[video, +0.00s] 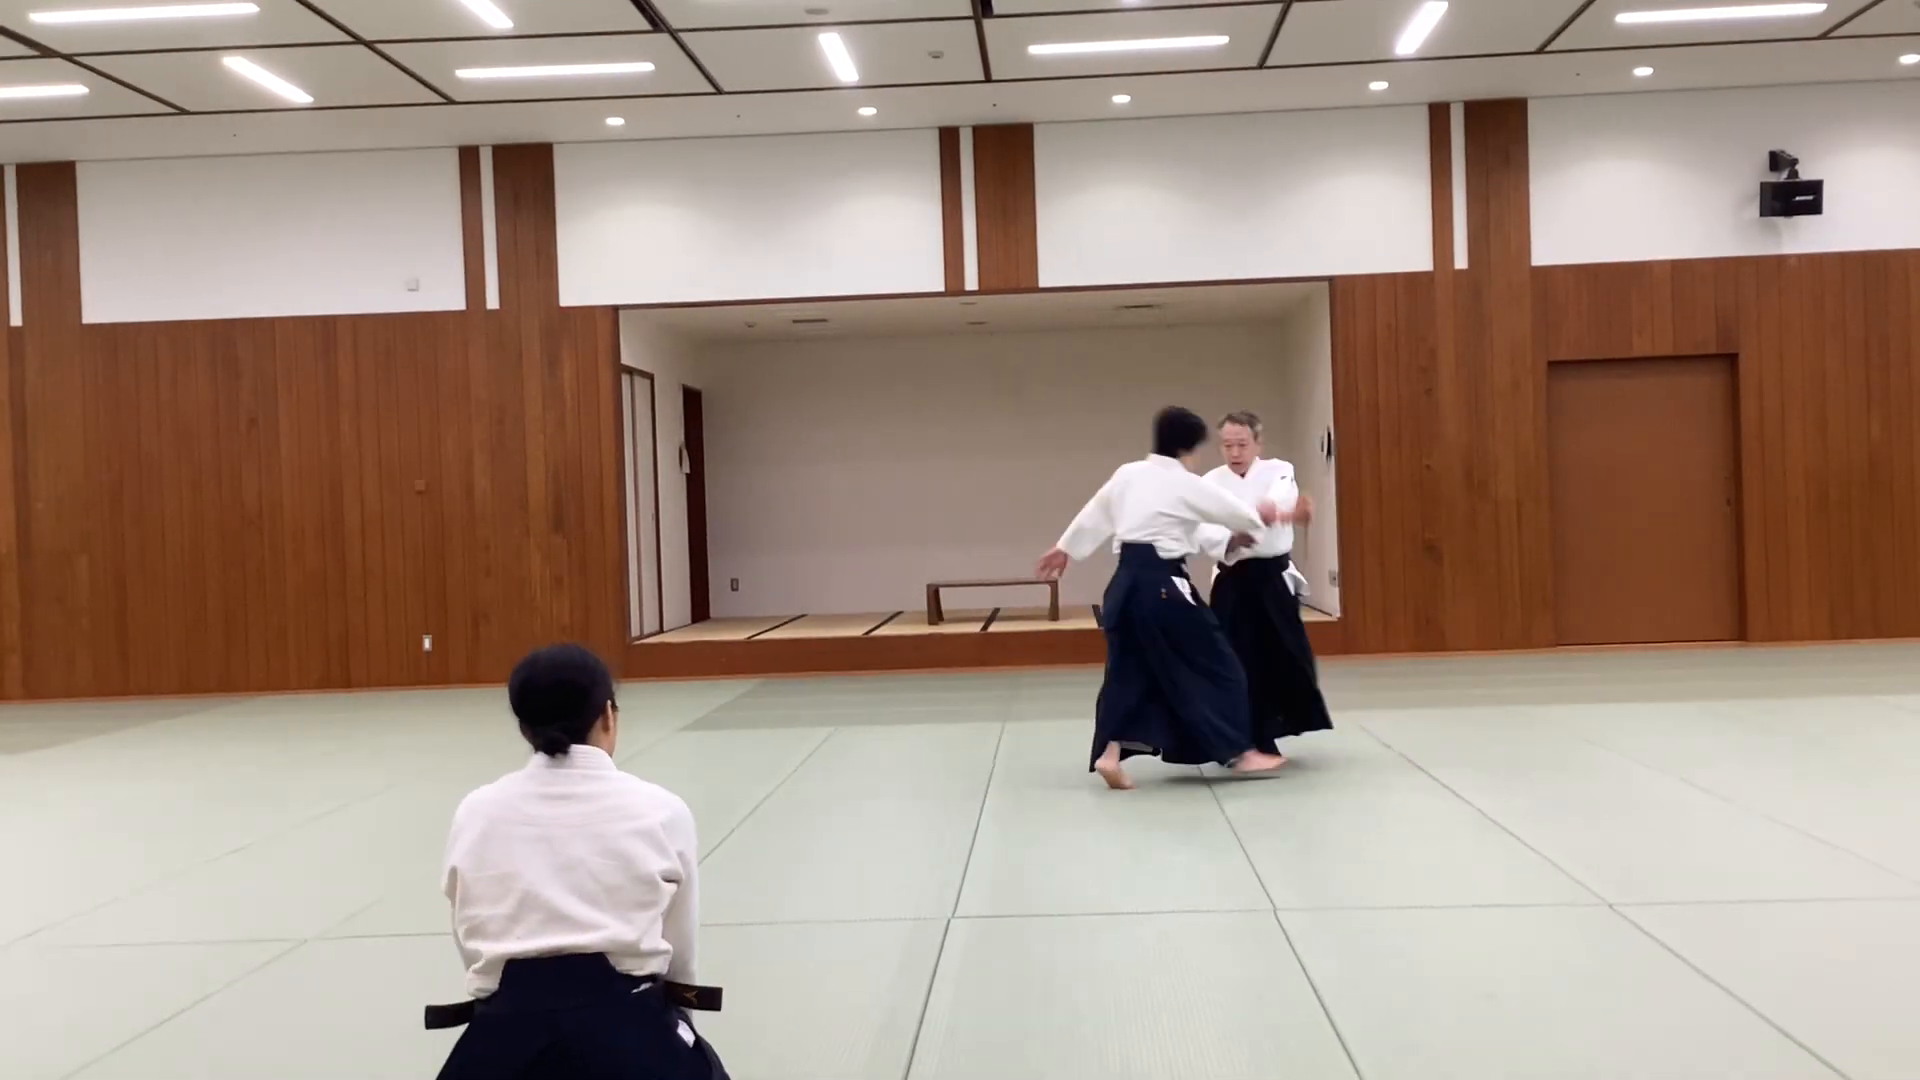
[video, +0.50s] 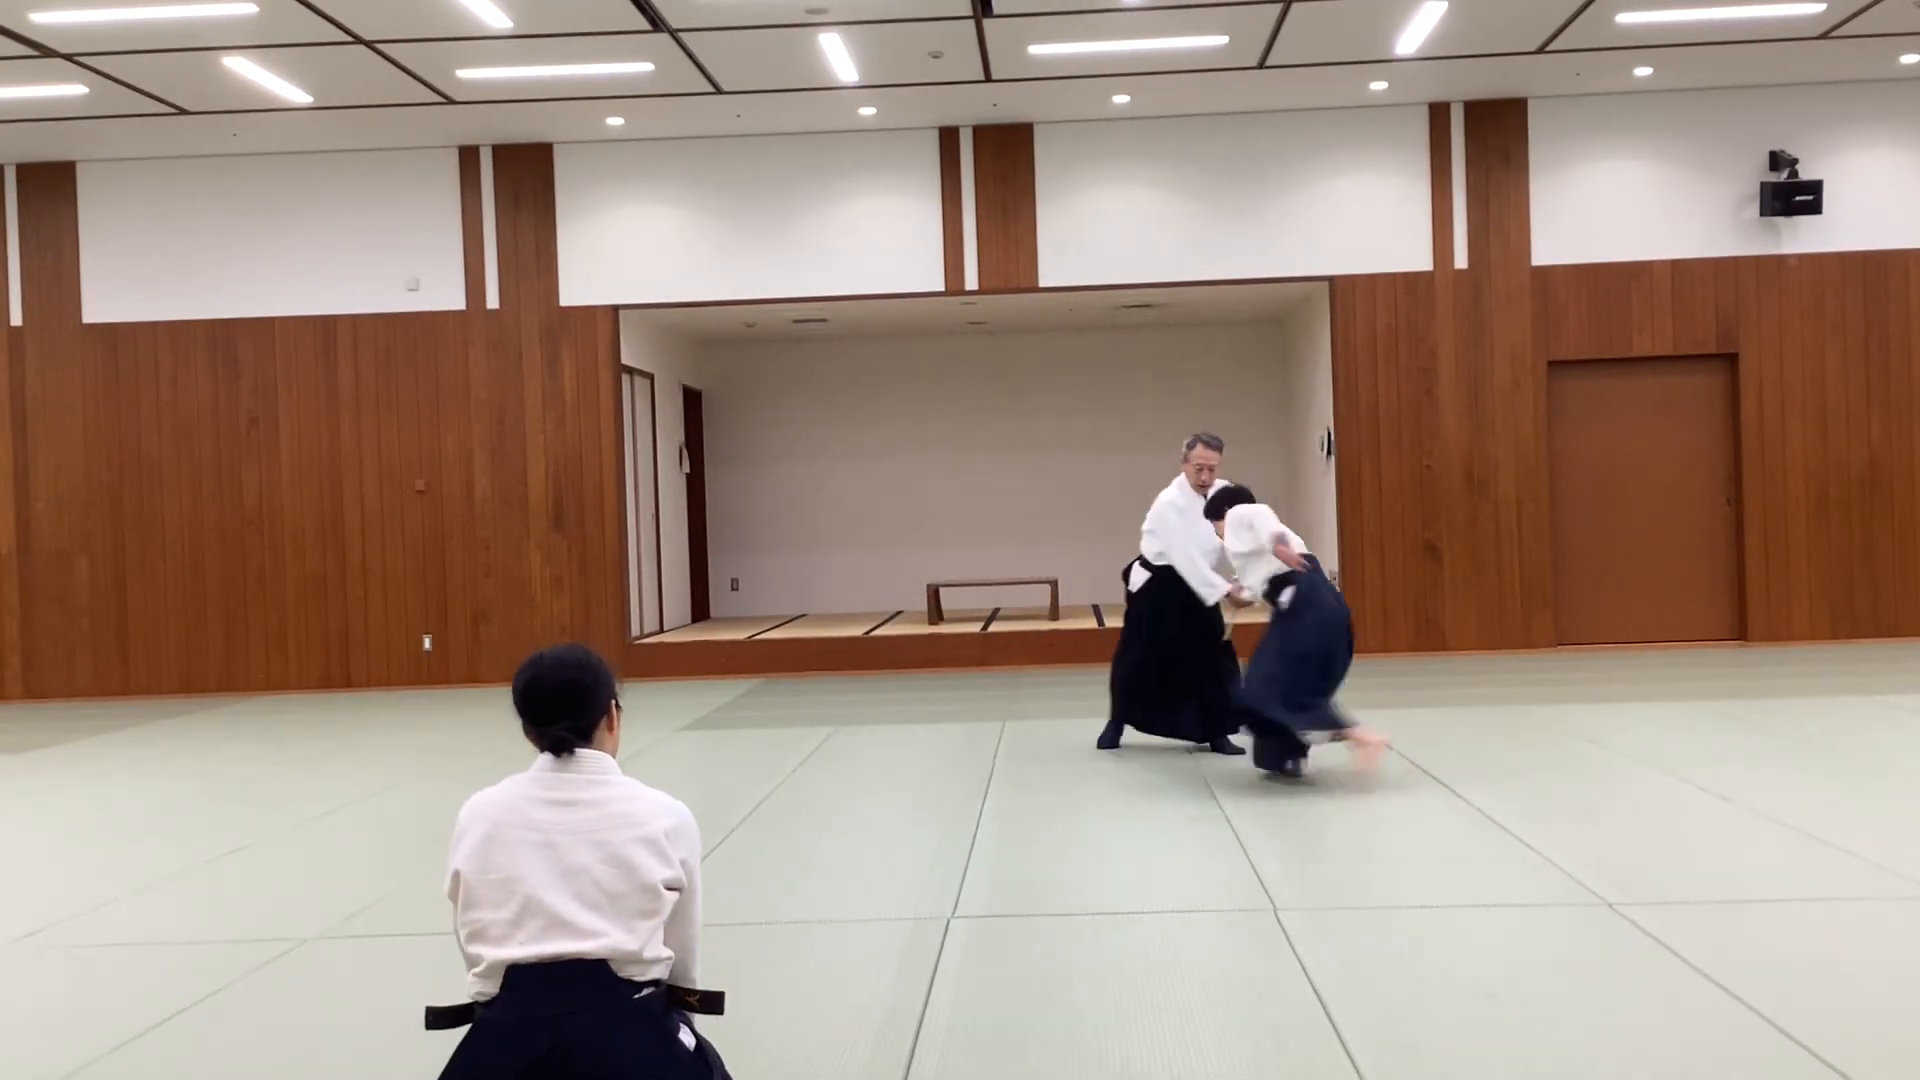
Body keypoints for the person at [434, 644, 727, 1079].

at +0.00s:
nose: (616, 719)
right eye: (615, 708)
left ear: (524, 727)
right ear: (607, 716)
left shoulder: (476, 812)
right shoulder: (661, 810)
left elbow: (472, 950)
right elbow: (680, 959)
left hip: (507, 1038)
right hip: (631, 1035)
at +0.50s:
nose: (618, 720)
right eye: (618, 710)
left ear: (528, 732)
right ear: (612, 718)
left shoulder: (480, 814)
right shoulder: (664, 816)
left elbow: (473, 949)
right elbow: (682, 964)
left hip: (509, 1040)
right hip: (631, 1038)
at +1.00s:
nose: (618, 719)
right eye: (618, 708)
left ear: (528, 732)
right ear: (612, 717)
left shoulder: (479, 815)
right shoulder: (664, 816)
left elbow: (473, 950)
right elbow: (682, 964)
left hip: (509, 1039)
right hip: (631, 1038)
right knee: (702, 1054)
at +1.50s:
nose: (618, 721)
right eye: (617, 711)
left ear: (527, 732)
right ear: (612, 718)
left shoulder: (478, 814)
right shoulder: (663, 815)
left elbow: (474, 952)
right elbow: (682, 967)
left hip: (507, 1042)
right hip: (631, 1041)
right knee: (701, 1052)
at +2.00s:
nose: (620, 721)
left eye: (618, 709)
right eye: (619, 710)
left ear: (527, 725)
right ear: (609, 717)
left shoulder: (475, 816)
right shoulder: (660, 817)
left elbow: (471, 951)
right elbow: (681, 965)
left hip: (507, 1042)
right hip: (630, 1040)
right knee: (701, 1052)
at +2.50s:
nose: (620, 723)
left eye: (619, 710)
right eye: (619, 711)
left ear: (527, 722)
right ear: (607, 717)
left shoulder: (472, 817)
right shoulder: (658, 816)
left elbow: (470, 951)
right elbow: (680, 964)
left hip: (506, 1044)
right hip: (630, 1042)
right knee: (700, 1051)